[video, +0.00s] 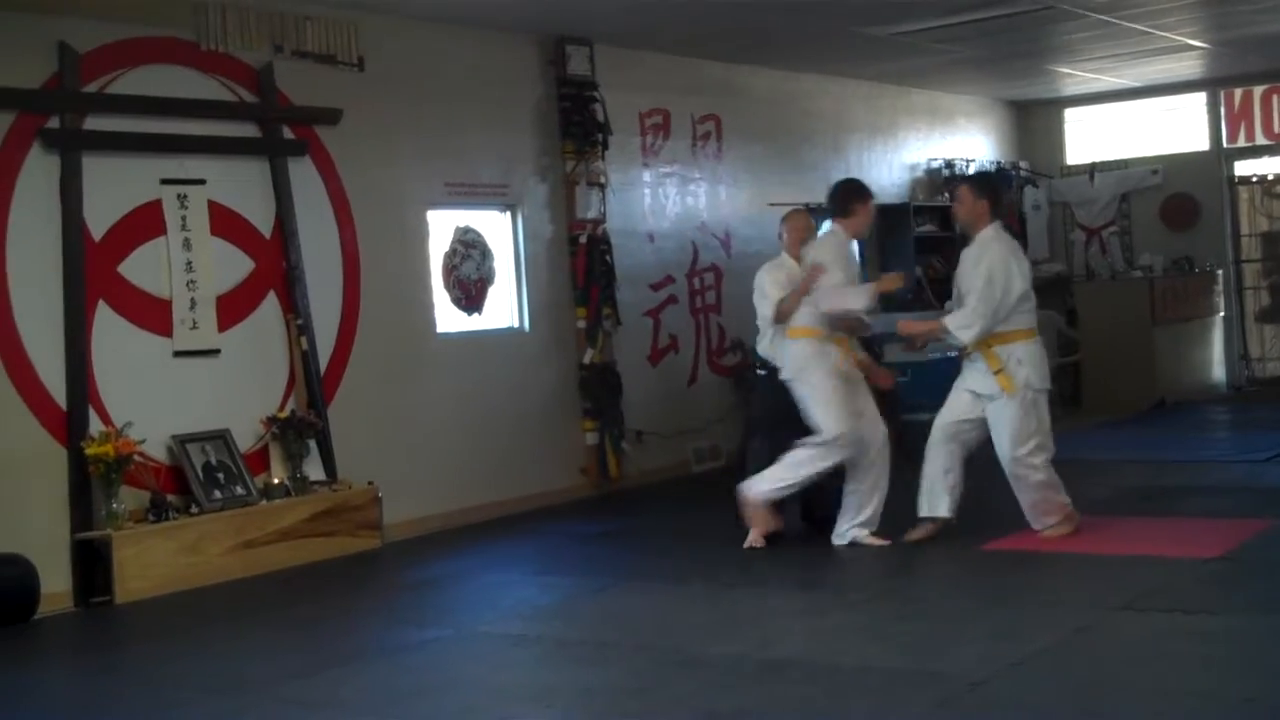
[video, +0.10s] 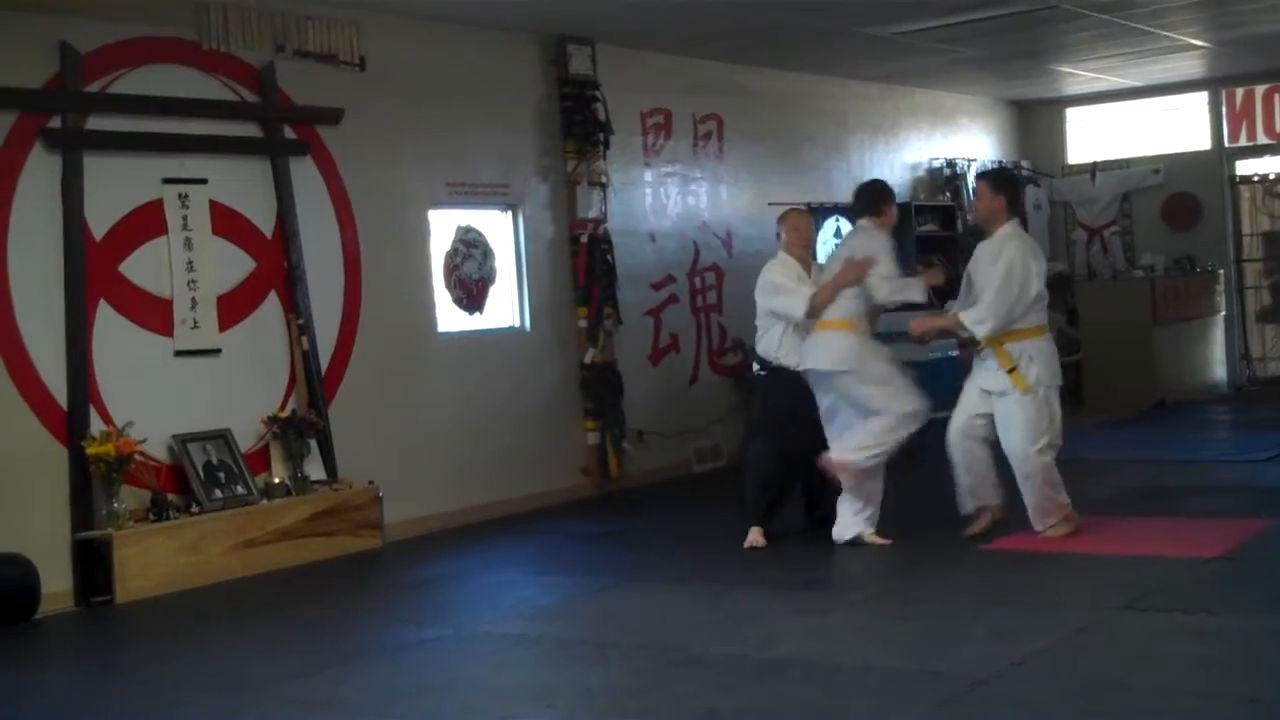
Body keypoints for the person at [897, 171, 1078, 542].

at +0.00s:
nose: (953, 209)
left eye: (959, 201)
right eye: (954, 201)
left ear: (982, 205)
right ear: (978, 207)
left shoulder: (997, 250)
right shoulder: (977, 250)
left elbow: (978, 316)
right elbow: (968, 309)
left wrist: (931, 329)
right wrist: (932, 327)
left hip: (1015, 360)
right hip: (982, 360)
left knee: (1019, 450)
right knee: (946, 432)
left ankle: (1059, 516)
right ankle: (934, 515)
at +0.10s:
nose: (973, 204)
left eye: (980, 196)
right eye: (975, 196)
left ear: (1001, 201)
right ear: (996, 202)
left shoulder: (1017, 248)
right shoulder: (985, 250)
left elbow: (993, 311)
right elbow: (967, 303)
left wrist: (938, 323)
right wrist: (939, 323)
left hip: (1026, 357)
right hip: (990, 358)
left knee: (1025, 446)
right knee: (962, 433)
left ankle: (1058, 517)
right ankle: (988, 507)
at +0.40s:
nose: (992, 201)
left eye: (1000, 193)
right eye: (993, 193)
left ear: (1025, 197)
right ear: (1014, 198)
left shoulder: (1046, 242)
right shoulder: (1005, 246)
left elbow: (1040, 313)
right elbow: (1002, 306)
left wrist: (1000, 352)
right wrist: (993, 348)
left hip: (1047, 347)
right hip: (1015, 349)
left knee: (1036, 435)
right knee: (1014, 440)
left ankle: (1063, 514)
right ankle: (1062, 502)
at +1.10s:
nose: (1047, 198)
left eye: (1055, 190)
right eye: (1046, 191)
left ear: (1078, 195)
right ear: (1047, 196)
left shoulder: (1096, 241)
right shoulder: (1042, 242)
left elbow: (1097, 303)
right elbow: (1028, 297)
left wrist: (1075, 354)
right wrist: (1018, 347)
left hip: (1080, 339)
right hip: (1043, 339)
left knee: (1078, 420)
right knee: (1049, 424)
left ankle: (1086, 500)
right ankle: (1066, 495)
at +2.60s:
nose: (1024, 199)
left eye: (1032, 192)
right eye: (1021, 193)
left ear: (1055, 196)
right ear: (1018, 200)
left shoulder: (1080, 245)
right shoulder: (1013, 249)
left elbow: (1088, 308)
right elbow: (997, 308)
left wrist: (1064, 362)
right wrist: (987, 366)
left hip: (1069, 347)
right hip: (1022, 349)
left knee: (1090, 439)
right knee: (1005, 429)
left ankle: (1102, 505)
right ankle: (996, 515)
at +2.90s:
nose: (970, 188)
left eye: (979, 181)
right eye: (968, 182)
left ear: (1003, 185)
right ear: (966, 188)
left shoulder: (1030, 237)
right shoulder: (959, 240)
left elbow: (1039, 298)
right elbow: (939, 297)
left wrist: (1034, 357)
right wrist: (927, 357)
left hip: (1013, 347)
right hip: (968, 347)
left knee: (1016, 440)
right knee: (972, 440)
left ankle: (1047, 492)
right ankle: (987, 528)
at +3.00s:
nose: (958, 187)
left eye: (967, 179)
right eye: (955, 181)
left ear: (991, 183)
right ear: (954, 187)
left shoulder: (1017, 236)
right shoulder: (945, 240)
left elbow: (1029, 296)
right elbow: (925, 294)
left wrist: (1028, 355)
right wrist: (910, 350)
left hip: (1000, 346)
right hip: (956, 347)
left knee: (990, 436)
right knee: (958, 442)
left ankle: (1004, 518)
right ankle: (976, 526)